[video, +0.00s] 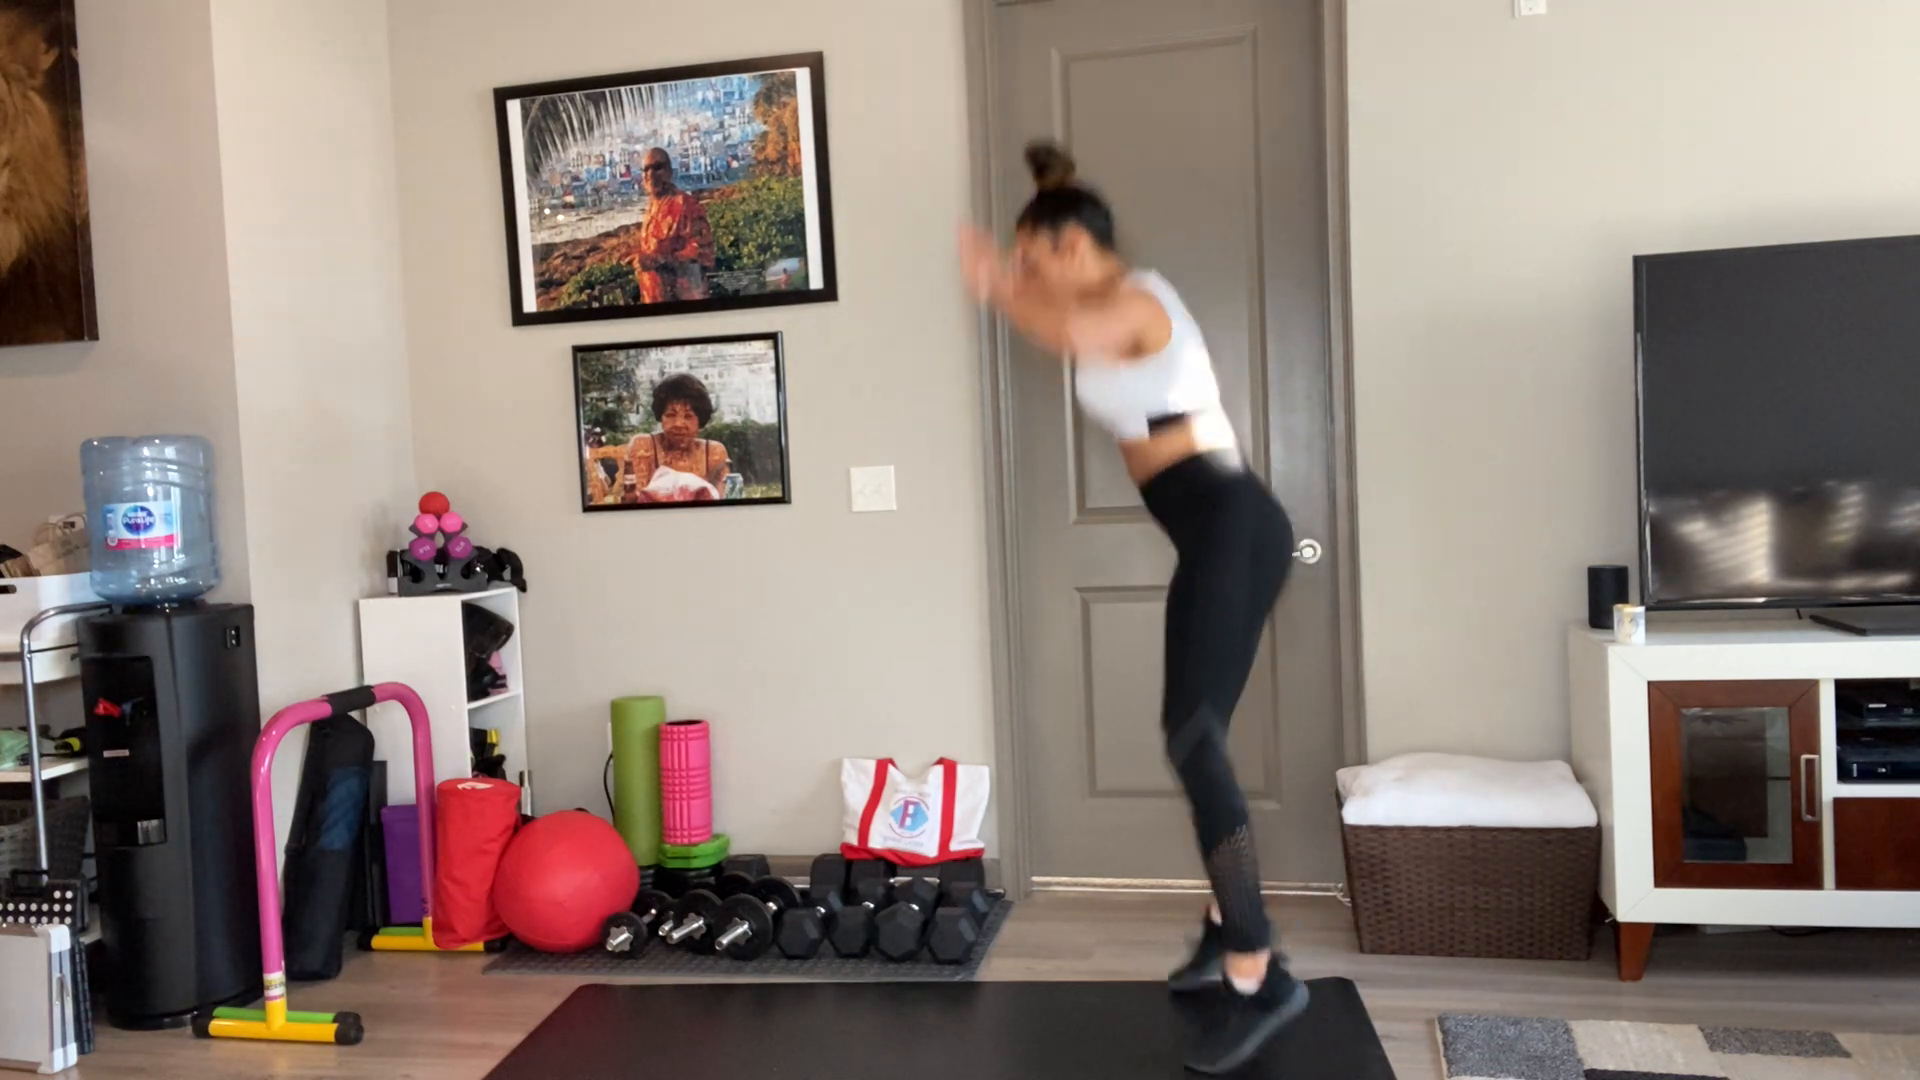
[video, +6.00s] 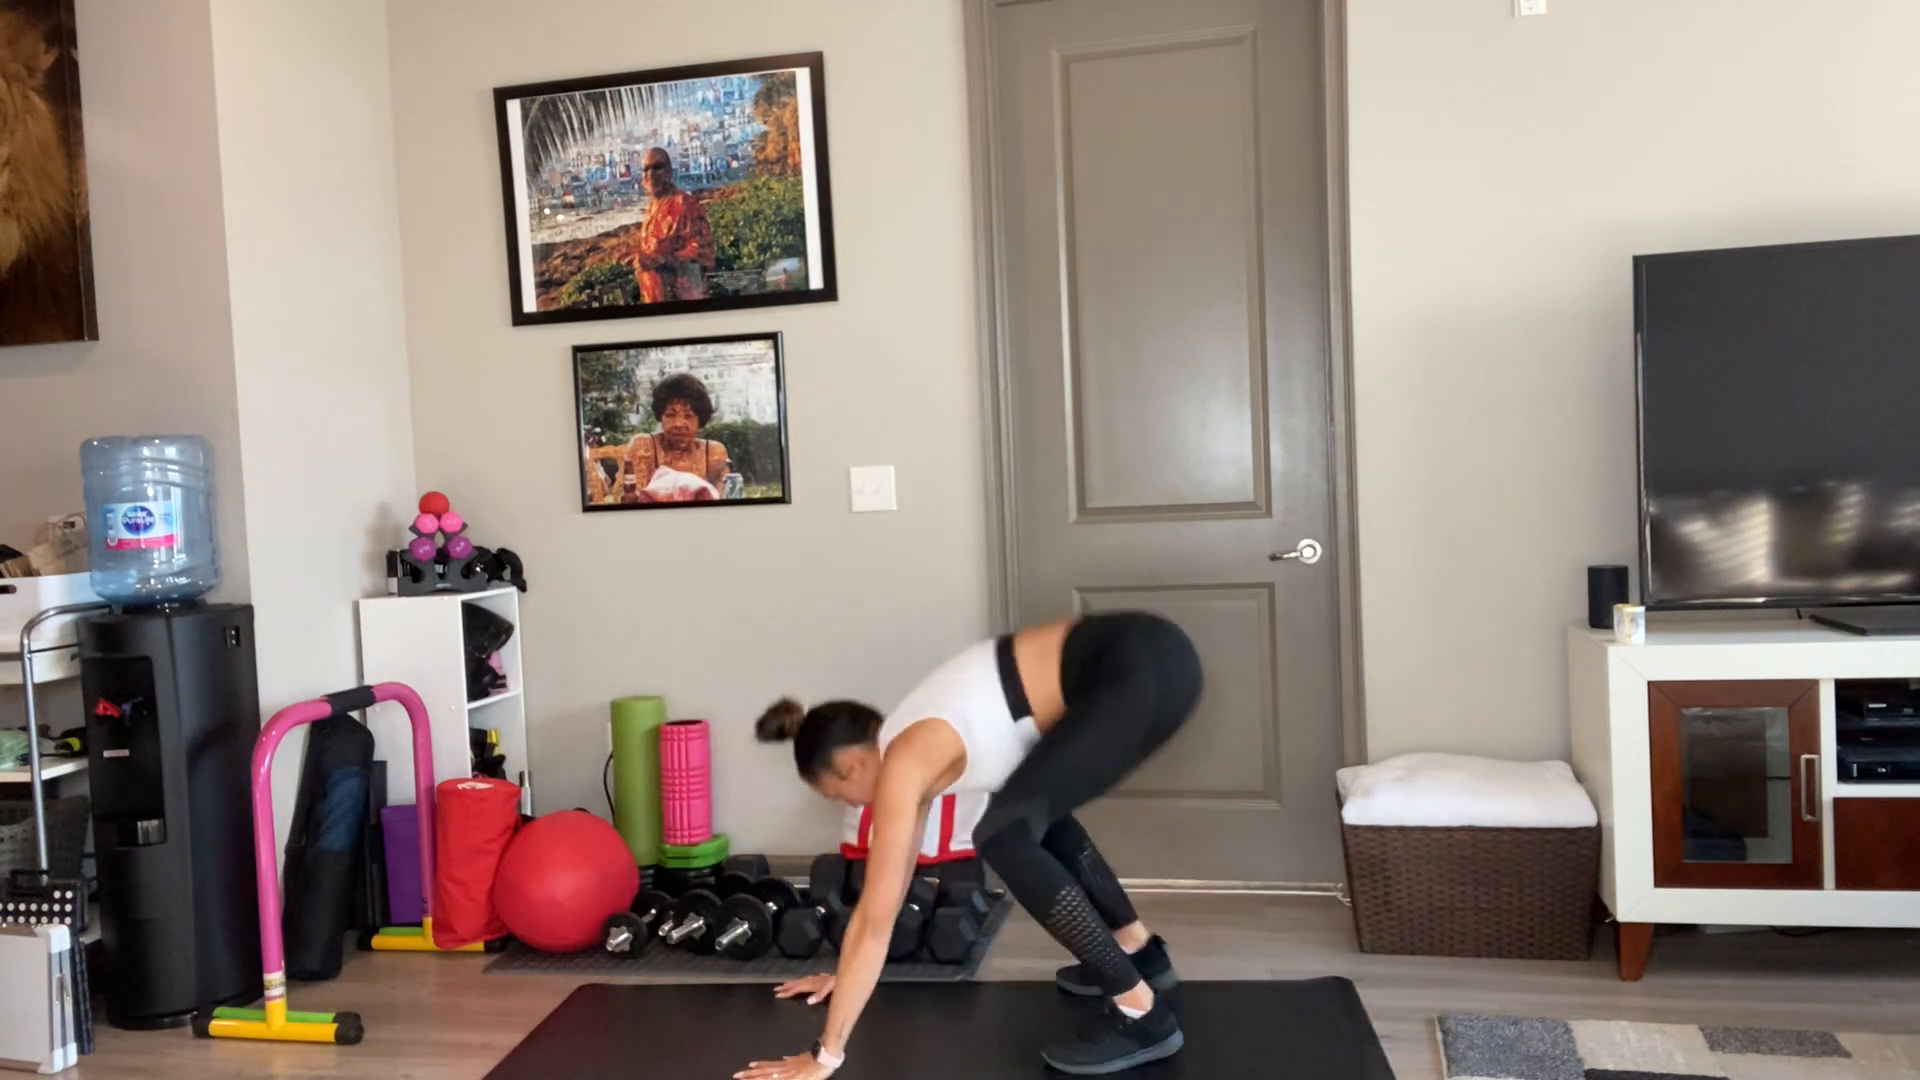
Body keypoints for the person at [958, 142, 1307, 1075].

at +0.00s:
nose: (1041, 271)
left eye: (1052, 254)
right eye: (1034, 258)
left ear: (1091, 244)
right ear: (1055, 255)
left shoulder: (1142, 300)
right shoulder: (1101, 305)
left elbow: (1080, 336)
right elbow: (1053, 306)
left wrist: (1002, 291)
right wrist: (1016, 279)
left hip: (1234, 521)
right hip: (1206, 528)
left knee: (1195, 733)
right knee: (1192, 732)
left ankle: (1257, 964)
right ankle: (1233, 929)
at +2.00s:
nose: (689, 784)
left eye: (688, 766)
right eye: (684, 771)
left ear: (719, 745)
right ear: (733, 733)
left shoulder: (786, 790)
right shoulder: (813, 752)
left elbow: (812, 941)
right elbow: (850, 884)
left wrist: (800, 1059)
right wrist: (821, 969)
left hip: (993, 871)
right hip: (1005, 846)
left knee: (1168, 1001)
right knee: (1174, 959)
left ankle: (1394, 968)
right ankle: (1361, 909)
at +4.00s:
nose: (864, 741)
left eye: (855, 729)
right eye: (852, 733)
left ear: (874, 697)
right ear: (885, 685)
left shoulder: (936, 708)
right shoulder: (940, 687)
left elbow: (908, 856)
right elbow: (933, 839)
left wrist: (846, 988)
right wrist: (875, 916)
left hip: (1182, 675)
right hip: (1150, 670)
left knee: (1050, 835)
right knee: (1044, 803)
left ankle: (1185, 1015)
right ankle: (1167, 955)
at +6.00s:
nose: (847, 801)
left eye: (837, 790)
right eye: (836, 795)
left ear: (855, 760)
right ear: (864, 743)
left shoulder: (906, 761)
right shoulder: (910, 736)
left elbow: (875, 922)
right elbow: (889, 883)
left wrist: (828, 1052)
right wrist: (847, 970)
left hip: (1140, 670)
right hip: (1139, 660)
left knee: (1005, 836)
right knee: (1035, 812)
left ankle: (1141, 1010)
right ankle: (1136, 950)